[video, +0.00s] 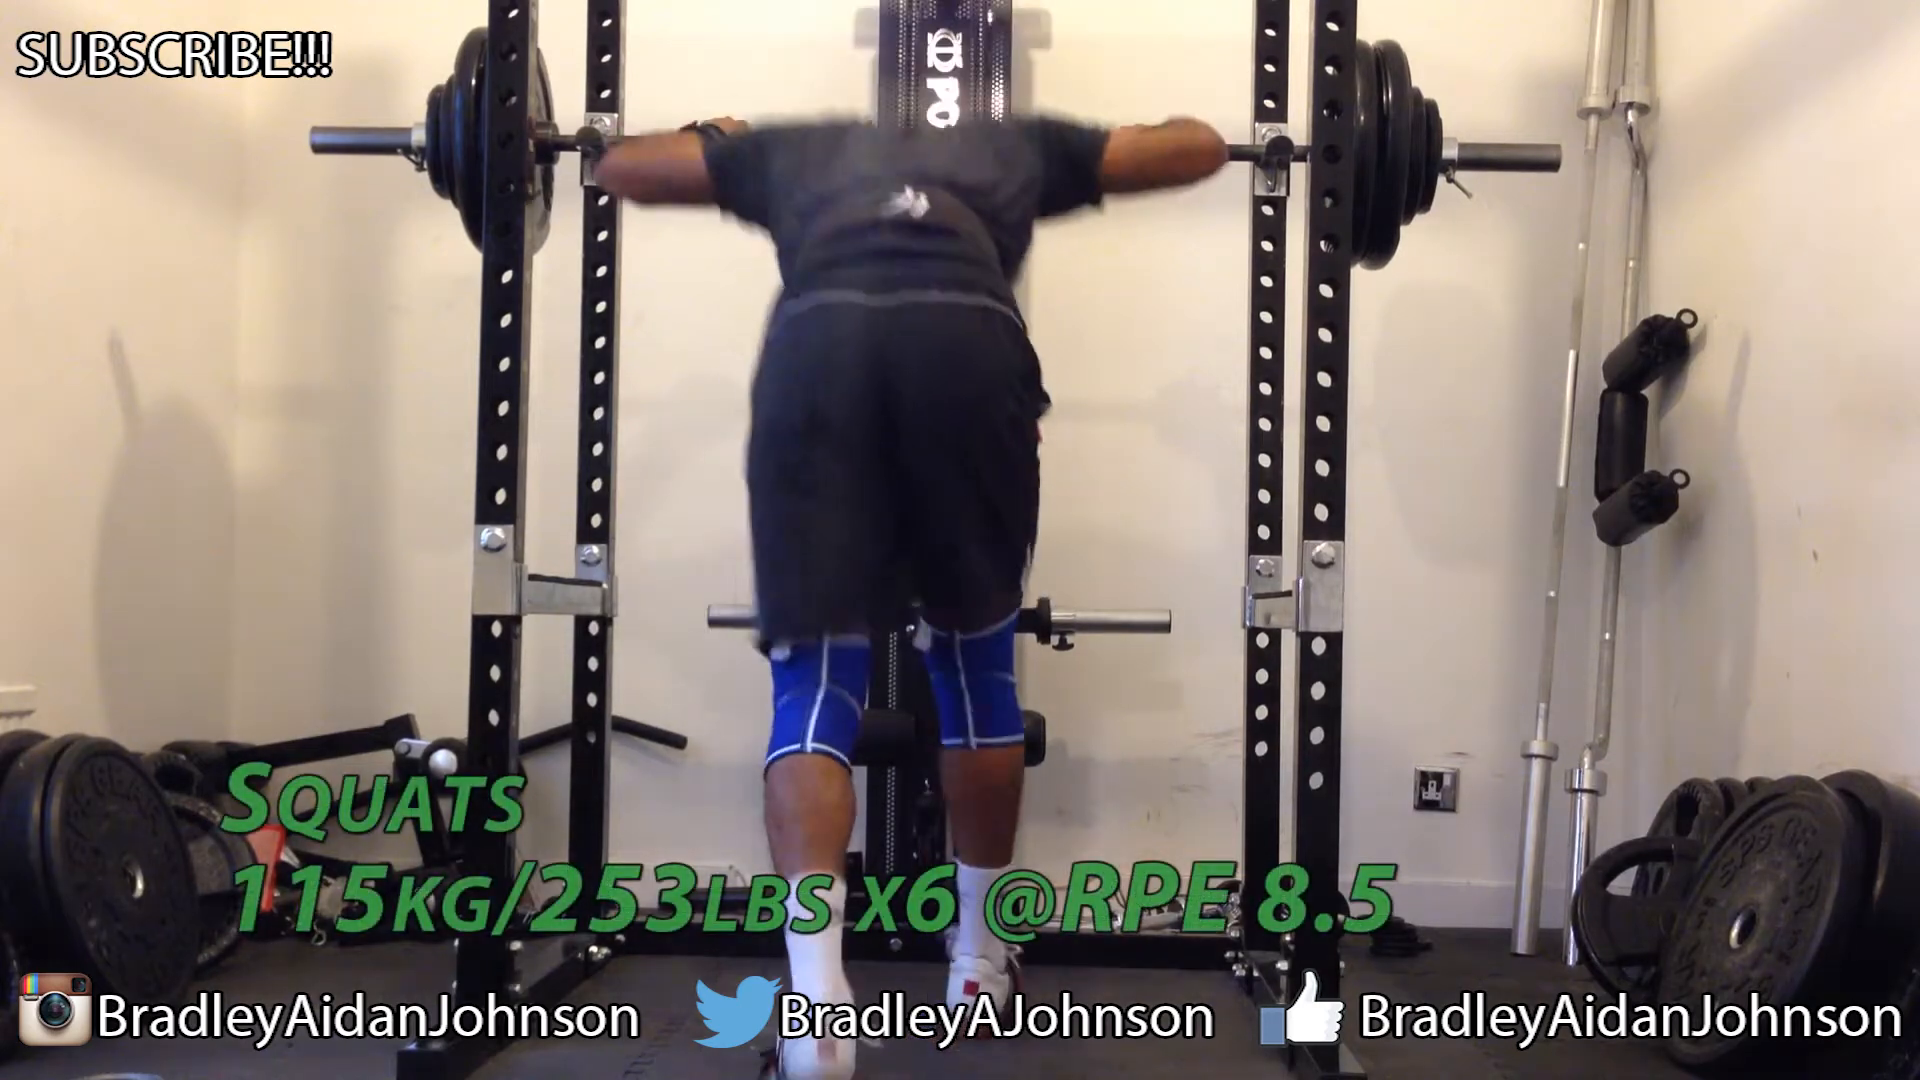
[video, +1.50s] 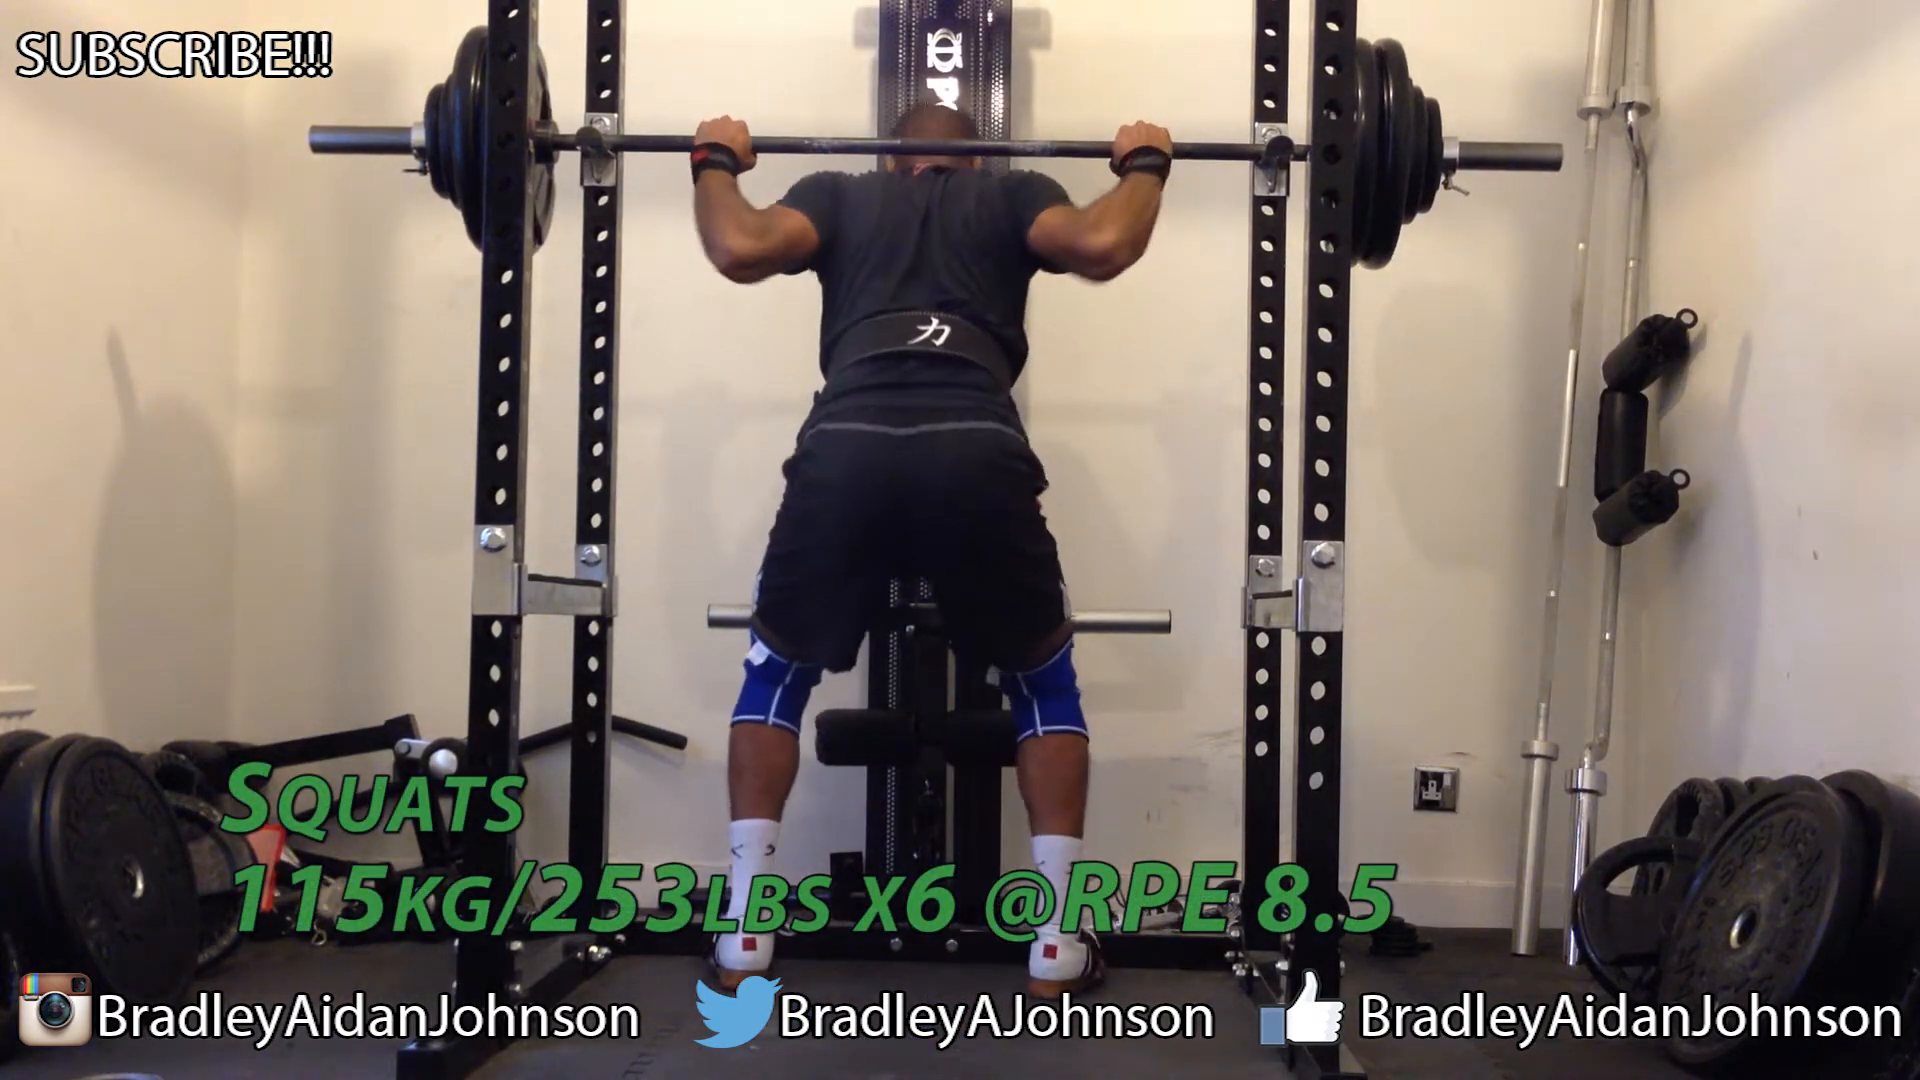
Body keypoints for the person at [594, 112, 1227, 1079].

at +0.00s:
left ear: (870, 109)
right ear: (968, 111)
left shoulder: (797, 147)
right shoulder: (1014, 143)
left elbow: (618, 167)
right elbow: (1199, 149)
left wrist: (700, 139)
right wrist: (1150, 135)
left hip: (816, 363)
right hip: (970, 360)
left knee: (814, 678)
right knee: (977, 665)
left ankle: (818, 1002)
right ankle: (979, 972)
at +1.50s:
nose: (938, 163)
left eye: (919, 150)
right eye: (957, 152)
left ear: (888, 157)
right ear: (977, 158)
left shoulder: (839, 193)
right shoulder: (1010, 191)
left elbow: (738, 247)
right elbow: (1102, 246)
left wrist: (712, 163)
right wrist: (1147, 163)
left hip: (844, 454)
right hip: (976, 455)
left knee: (775, 673)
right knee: (1043, 684)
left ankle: (745, 915)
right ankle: (1057, 930)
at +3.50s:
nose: (918, 76)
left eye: (895, 62)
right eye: (954, 66)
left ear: (879, 79)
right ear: (971, 81)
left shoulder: (833, 165)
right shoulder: (1008, 163)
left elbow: (785, 269)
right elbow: (1046, 266)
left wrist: (721, 183)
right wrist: (1136, 191)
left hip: (841, 411)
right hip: (970, 412)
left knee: (781, 666)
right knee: (1033, 675)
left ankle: (745, 920)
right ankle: (1059, 929)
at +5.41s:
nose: (885, 102)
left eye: (885, 90)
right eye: (898, 89)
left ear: (886, 101)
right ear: (971, 109)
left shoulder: (837, 162)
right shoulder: (1005, 162)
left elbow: (779, 222)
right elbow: (1049, 215)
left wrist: (723, 161)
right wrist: (1133, 163)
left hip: (847, 427)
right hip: (977, 429)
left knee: (773, 672)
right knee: (1039, 681)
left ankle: (744, 917)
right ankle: (1061, 929)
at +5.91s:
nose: (947, 108)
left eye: (904, 97)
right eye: (962, 98)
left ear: (879, 112)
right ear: (970, 111)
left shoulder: (836, 165)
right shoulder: (998, 164)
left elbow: (781, 219)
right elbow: (1050, 210)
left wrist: (725, 160)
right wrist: (1134, 163)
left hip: (848, 431)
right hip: (978, 433)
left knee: (771, 674)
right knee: (1042, 683)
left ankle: (744, 918)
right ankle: (1061, 930)